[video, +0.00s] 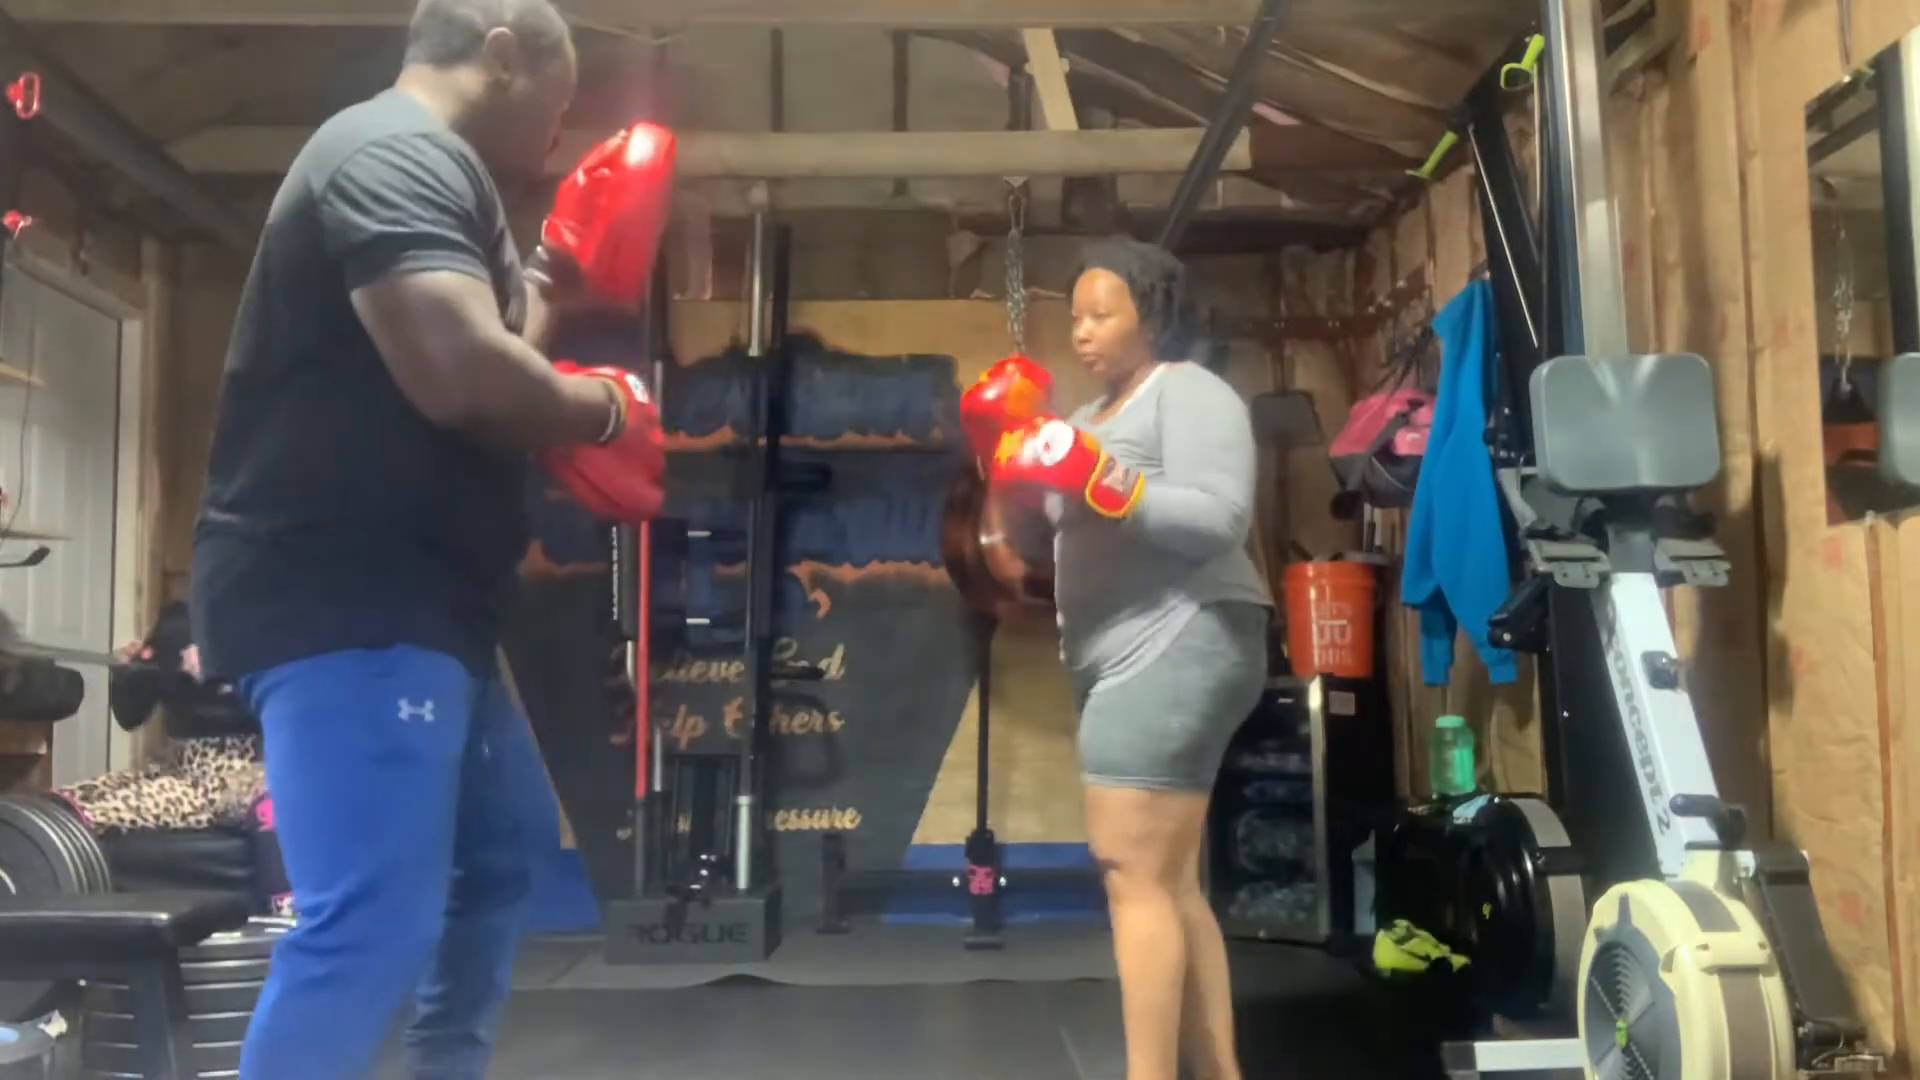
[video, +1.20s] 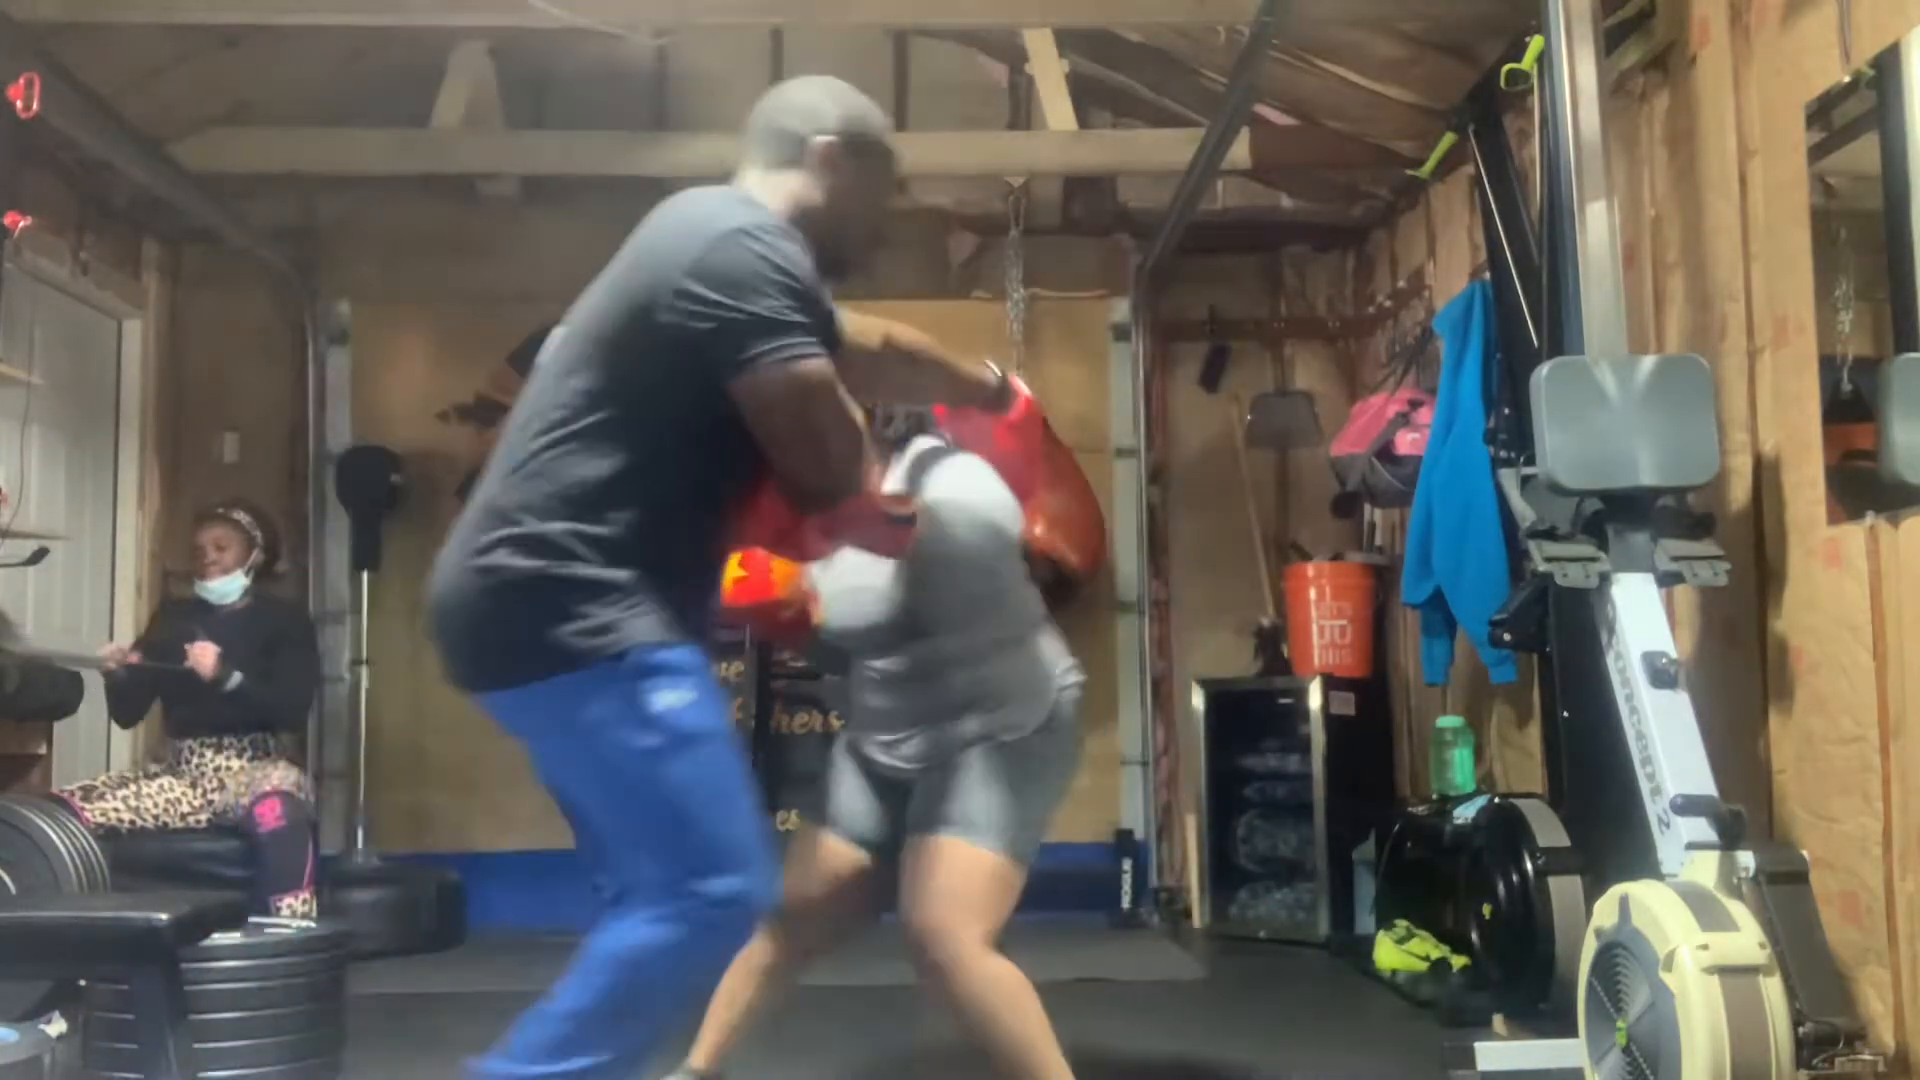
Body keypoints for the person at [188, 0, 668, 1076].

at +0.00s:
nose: (552, 149)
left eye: (562, 122)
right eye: (555, 114)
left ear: (469, 52)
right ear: (504, 56)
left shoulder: (439, 174)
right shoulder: (390, 149)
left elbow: (484, 391)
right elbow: (458, 377)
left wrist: (549, 294)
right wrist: (590, 402)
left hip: (425, 599)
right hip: (348, 597)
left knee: (504, 862)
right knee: (369, 922)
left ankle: (443, 1068)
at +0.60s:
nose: (684, 169)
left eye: (691, 143)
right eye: (684, 137)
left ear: (609, 105)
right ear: (629, 100)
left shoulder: (564, 222)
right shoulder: (506, 176)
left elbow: (607, 367)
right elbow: (518, 381)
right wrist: (665, 428)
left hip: (487, 621)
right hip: (379, 602)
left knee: (538, 904)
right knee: (335, 920)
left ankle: (524, 1073)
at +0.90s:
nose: (676, 209)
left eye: (683, 182)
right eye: (677, 175)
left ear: (585, 130)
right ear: (626, 132)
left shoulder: (557, 247)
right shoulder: (516, 220)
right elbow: (567, 438)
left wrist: (652, 410)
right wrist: (670, 501)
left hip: (488, 658)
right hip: (380, 644)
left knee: (607, 859)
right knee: (270, 949)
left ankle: (557, 1069)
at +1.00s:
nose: (724, 210)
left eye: (729, 186)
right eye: (723, 180)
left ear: (611, 141)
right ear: (670, 144)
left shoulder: (545, 233)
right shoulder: (593, 244)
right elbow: (701, 488)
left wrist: (713, 370)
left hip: (511, 656)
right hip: (421, 645)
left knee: (625, 864)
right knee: (295, 949)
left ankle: (574, 1071)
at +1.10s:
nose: (795, 210)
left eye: (799, 185)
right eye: (792, 180)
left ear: (694, 147)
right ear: (741, 149)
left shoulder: (640, 228)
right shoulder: (684, 243)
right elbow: (780, 471)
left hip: (569, 629)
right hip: (477, 618)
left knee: (643, 885)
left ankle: (579, 1069)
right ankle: (269, 1078)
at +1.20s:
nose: (881, 215)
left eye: (887, 191)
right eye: (880, 186)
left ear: (793, 158)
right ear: (826, 160)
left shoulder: (708, 227)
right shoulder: (745, 252)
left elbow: (853, 344)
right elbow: (833, 469)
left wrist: (968, 379)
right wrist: (855, 429)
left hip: (529, 591)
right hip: (571, 596)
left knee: (656, 889)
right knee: (719, 893)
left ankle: (559, 1069)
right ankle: (526, 1073)